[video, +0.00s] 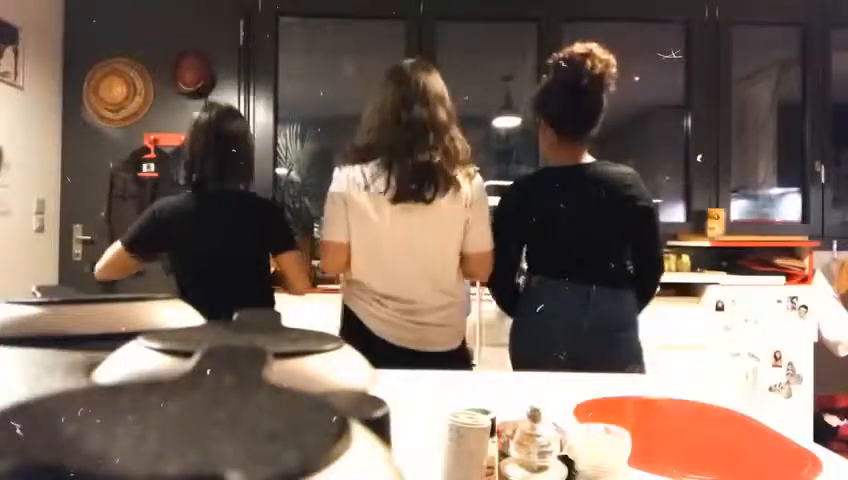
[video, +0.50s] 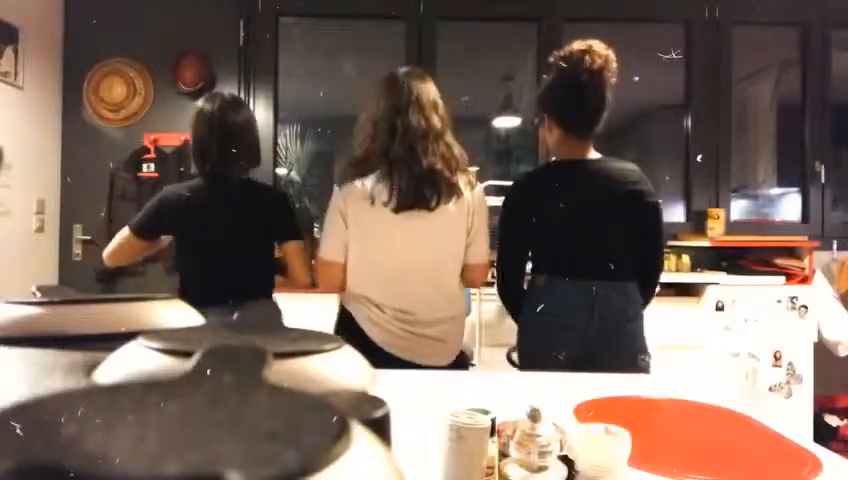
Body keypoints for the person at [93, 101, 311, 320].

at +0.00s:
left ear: (192, 156)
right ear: (245, 155)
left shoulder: (169, 213)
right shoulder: (265, 212)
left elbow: (104, 270)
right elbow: (301, 285)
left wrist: (153, 252)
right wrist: (271, 270)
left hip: (200, 344)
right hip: (261, 345)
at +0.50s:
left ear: (196, 144)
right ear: (250, 142)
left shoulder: (176, 200)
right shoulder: (272, 200)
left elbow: (112, 257)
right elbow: (302, 278)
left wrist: (163, 242)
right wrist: (264, 260)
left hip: (197, 331)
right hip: (262, 331)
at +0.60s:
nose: (184, 165)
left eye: (188, 155)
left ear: (196, 162)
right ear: (249, 158)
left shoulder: (183, 215)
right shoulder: (276, 211)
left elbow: (120, 276)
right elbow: (304, 287)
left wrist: (171, 259)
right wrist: (271, 270)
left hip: (205, 342)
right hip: (266, 342)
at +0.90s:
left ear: (198, 158)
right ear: (253, 153)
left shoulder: (184, 208)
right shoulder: (278, 204)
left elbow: (117, 268)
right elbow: (303, 281)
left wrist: (170, 257)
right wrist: (270, 264)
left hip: (196, 331)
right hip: (261, 332)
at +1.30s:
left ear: (198, 146)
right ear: (260, 145)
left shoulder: (182, 202)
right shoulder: (281, 202)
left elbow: (139, 270)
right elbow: (306, 279)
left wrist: (177, 246)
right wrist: (274, 260)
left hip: (202, 332)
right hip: (265, 331)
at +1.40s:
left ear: (206, 157)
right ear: (263, 154)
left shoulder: (191, 208)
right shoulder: (283, 208)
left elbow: (166, 264)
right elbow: (309, 286)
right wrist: (279, 260)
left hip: (209, 335)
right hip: (269, 335)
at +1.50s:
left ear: (204, 149)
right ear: (262, 146)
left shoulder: (190, 199)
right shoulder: (284, 200)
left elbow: (183, 250)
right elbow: (309, 280)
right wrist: (279, 257)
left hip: (207, 327)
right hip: (268, 325)